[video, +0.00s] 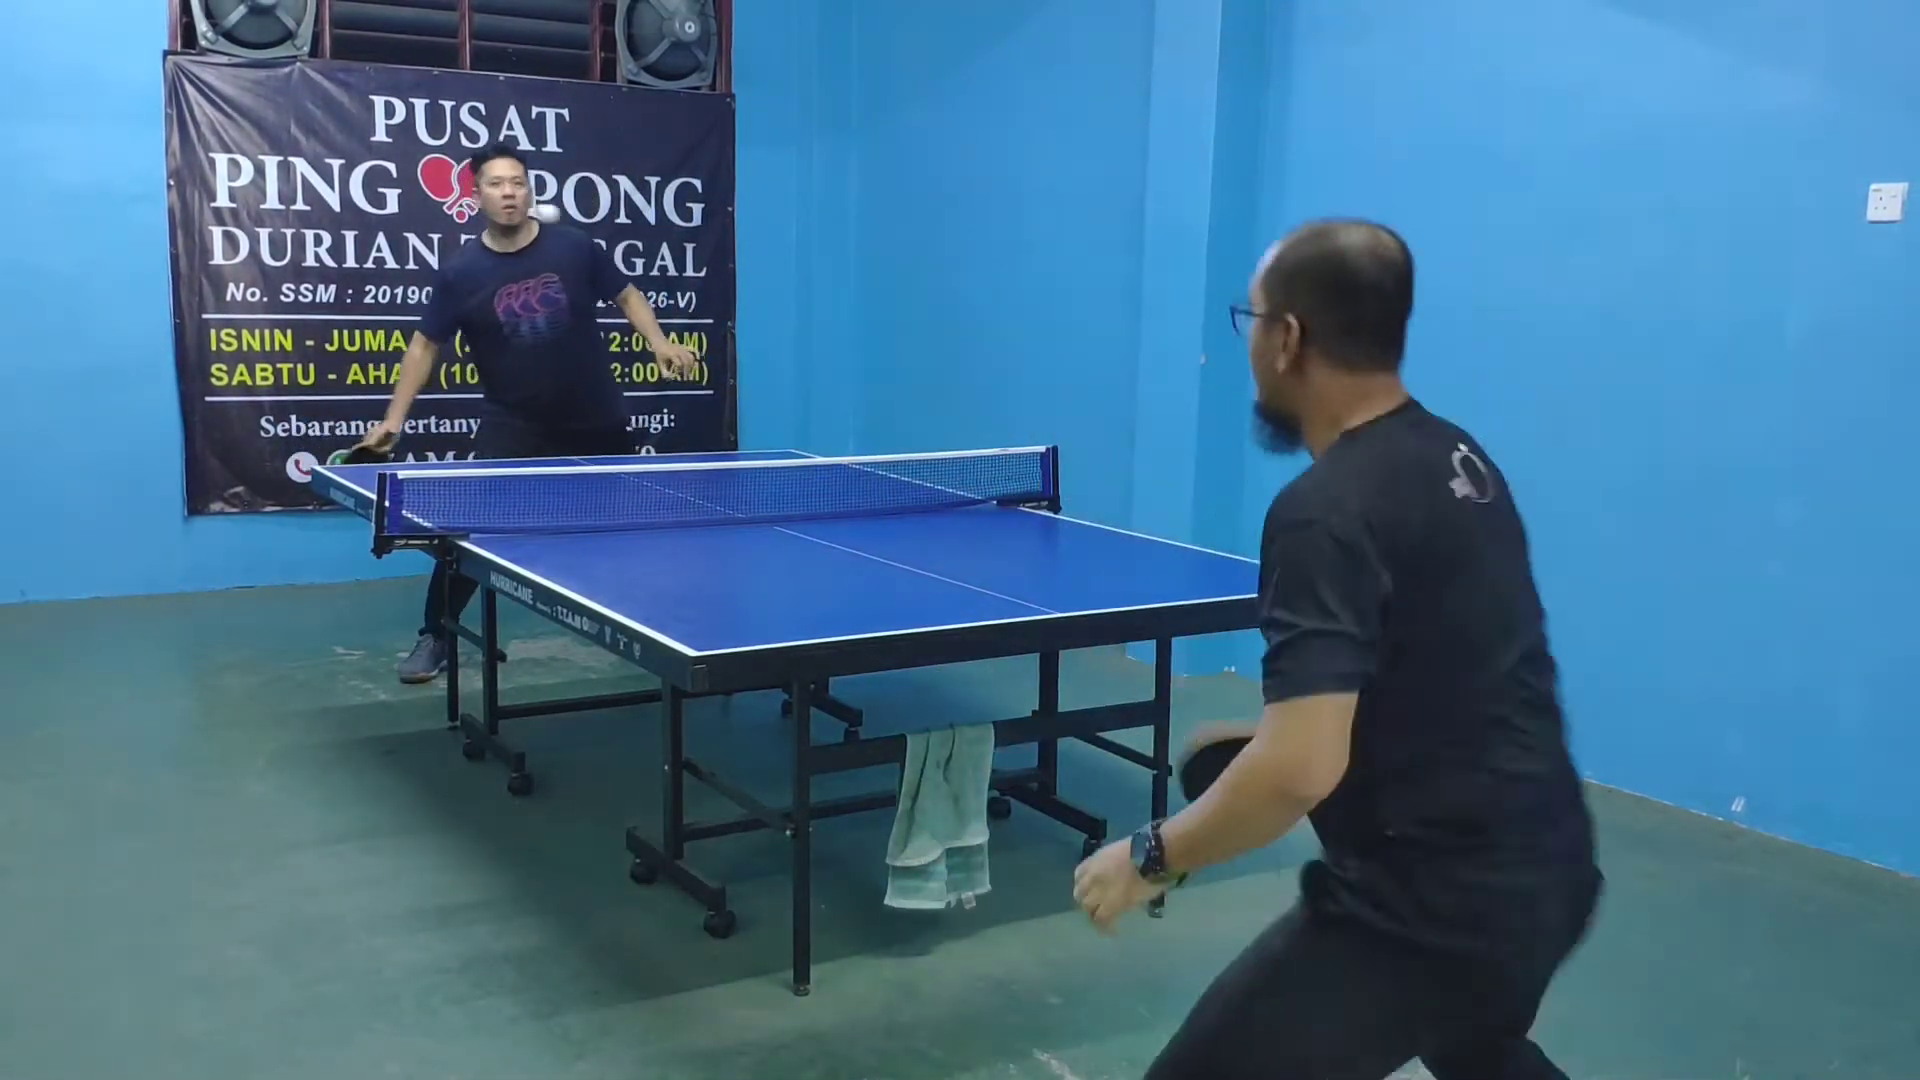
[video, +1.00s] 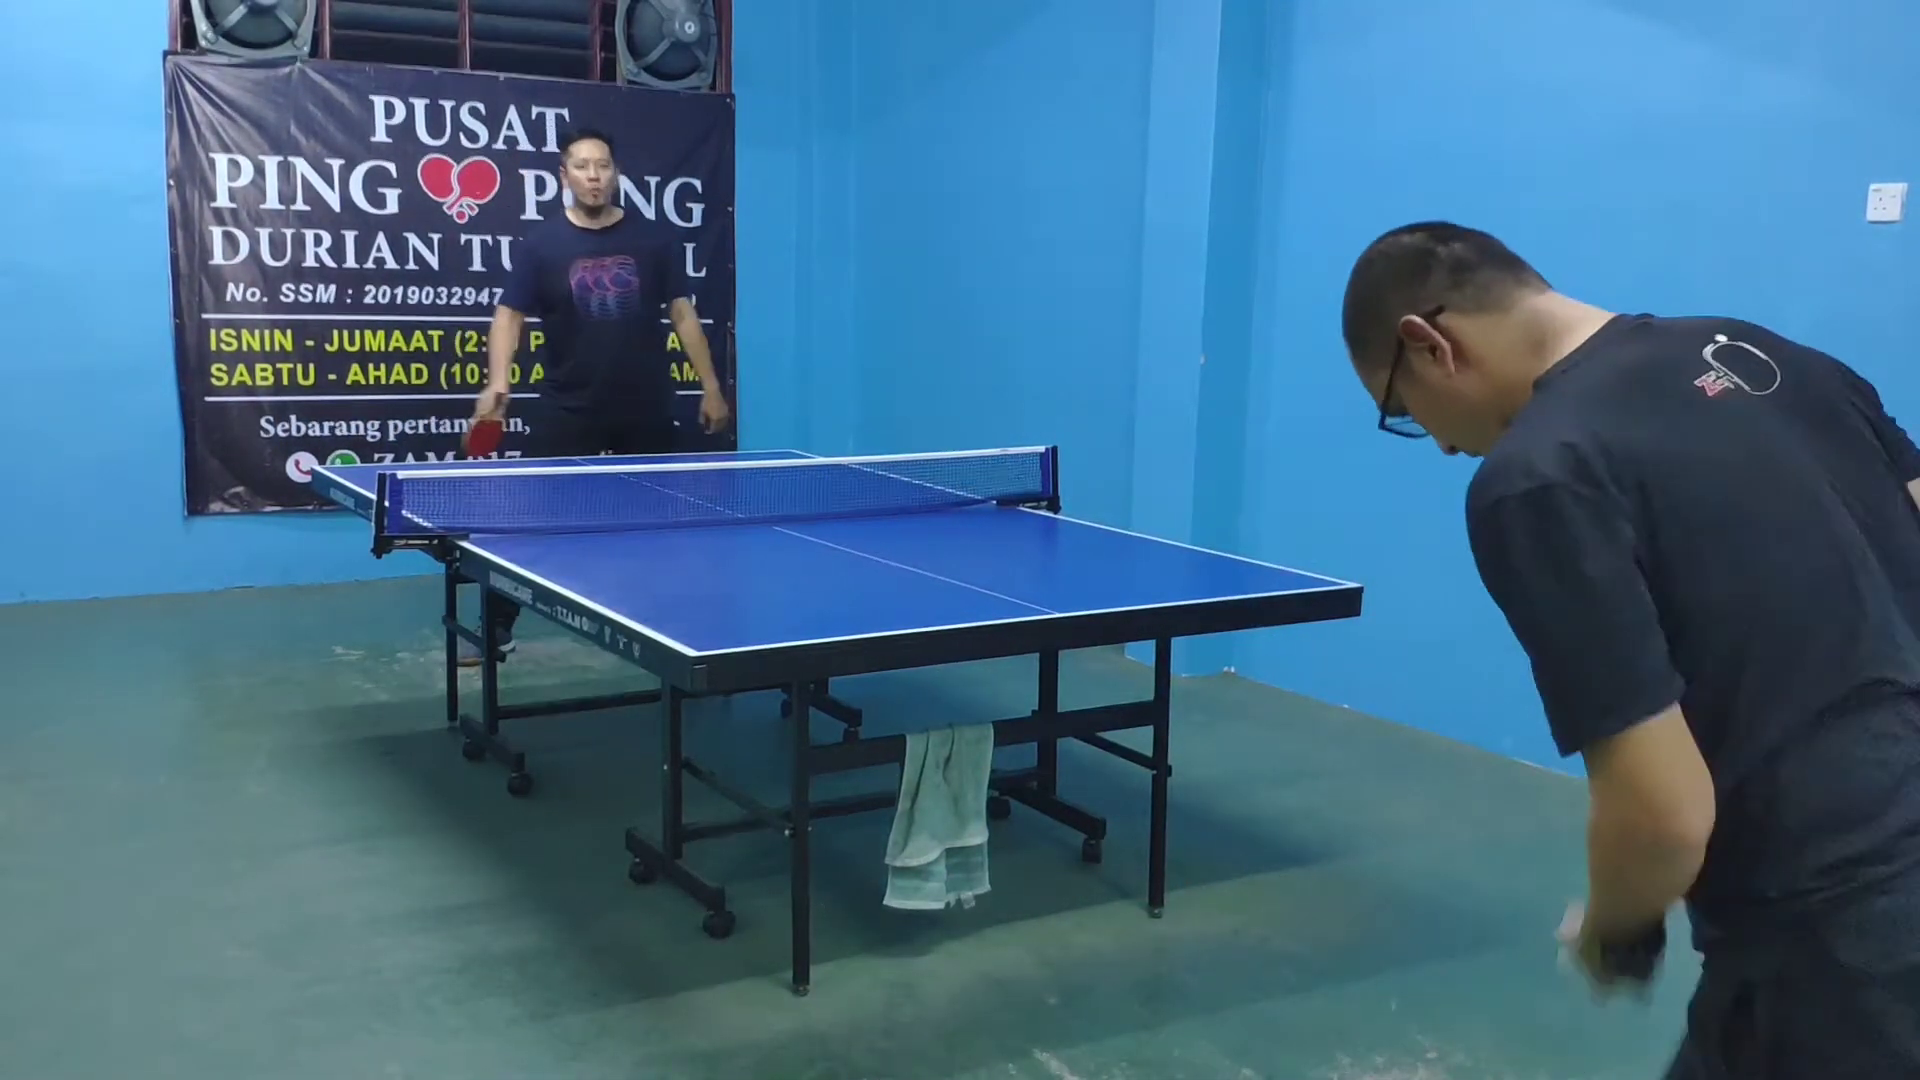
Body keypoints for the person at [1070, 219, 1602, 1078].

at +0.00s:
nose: (1248, 342)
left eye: (1252, 318)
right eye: (1250, 318)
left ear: (1290, 337)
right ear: (1388, 335)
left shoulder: (1323, 511)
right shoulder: (1456, 459)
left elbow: (1299, 767)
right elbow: (1455, 684)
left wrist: (1152, 856)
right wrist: (1292, 735)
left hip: (1416, 905)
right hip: (1536, 874)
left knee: (1193, 1070)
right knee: (1480, 1051)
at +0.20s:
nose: (1289, 234)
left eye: (1291, 206)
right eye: (1289, 207)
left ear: (1335, 211)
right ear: (1436, 206)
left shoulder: (1368, 350)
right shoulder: (1535, 332)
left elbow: (1376, 606)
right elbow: (1576, 559)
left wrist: (1277, 715)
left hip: (1518, 792)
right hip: (1647, 767)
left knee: (1407, 1059)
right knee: (1559, 1042)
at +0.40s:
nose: (1374, 306)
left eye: (1365, 271)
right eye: (1360, 278)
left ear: (1420, 237)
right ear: (1508, 224)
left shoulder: (1485, 374)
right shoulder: (1651, 347)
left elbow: (1471, 669)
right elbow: (1763, 589)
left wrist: (1351, 806)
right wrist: (1676, 742)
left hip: (1634, 847)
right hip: (1748, 822)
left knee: (1552, 1057)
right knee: (1619, 1050)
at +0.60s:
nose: (1439, 398)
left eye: (1417, 359)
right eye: (1415, 370)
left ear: (1460, 305)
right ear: (1556, 276)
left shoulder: (1529, 450)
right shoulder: (1753, 382)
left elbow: (1544, 780)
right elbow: (1898, 641)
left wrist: (1454, 946)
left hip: (1782, 942)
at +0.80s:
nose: (1448, 450)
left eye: (1417, 418)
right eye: (1416, 428)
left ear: (1450, 357)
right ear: (1541, 302)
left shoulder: (1557, 485)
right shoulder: (1791, 371)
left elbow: (1629, 838)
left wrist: (1546, 1007)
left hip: (1857, 955)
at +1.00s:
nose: (1439, 445)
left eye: (1406, 412)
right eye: (1406, 424)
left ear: (1433, 348)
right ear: (1521, 292)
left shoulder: (1540, 471)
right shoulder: (1776, 357)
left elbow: (1663, 812)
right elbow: (1914, 518)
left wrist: (1618, 930)